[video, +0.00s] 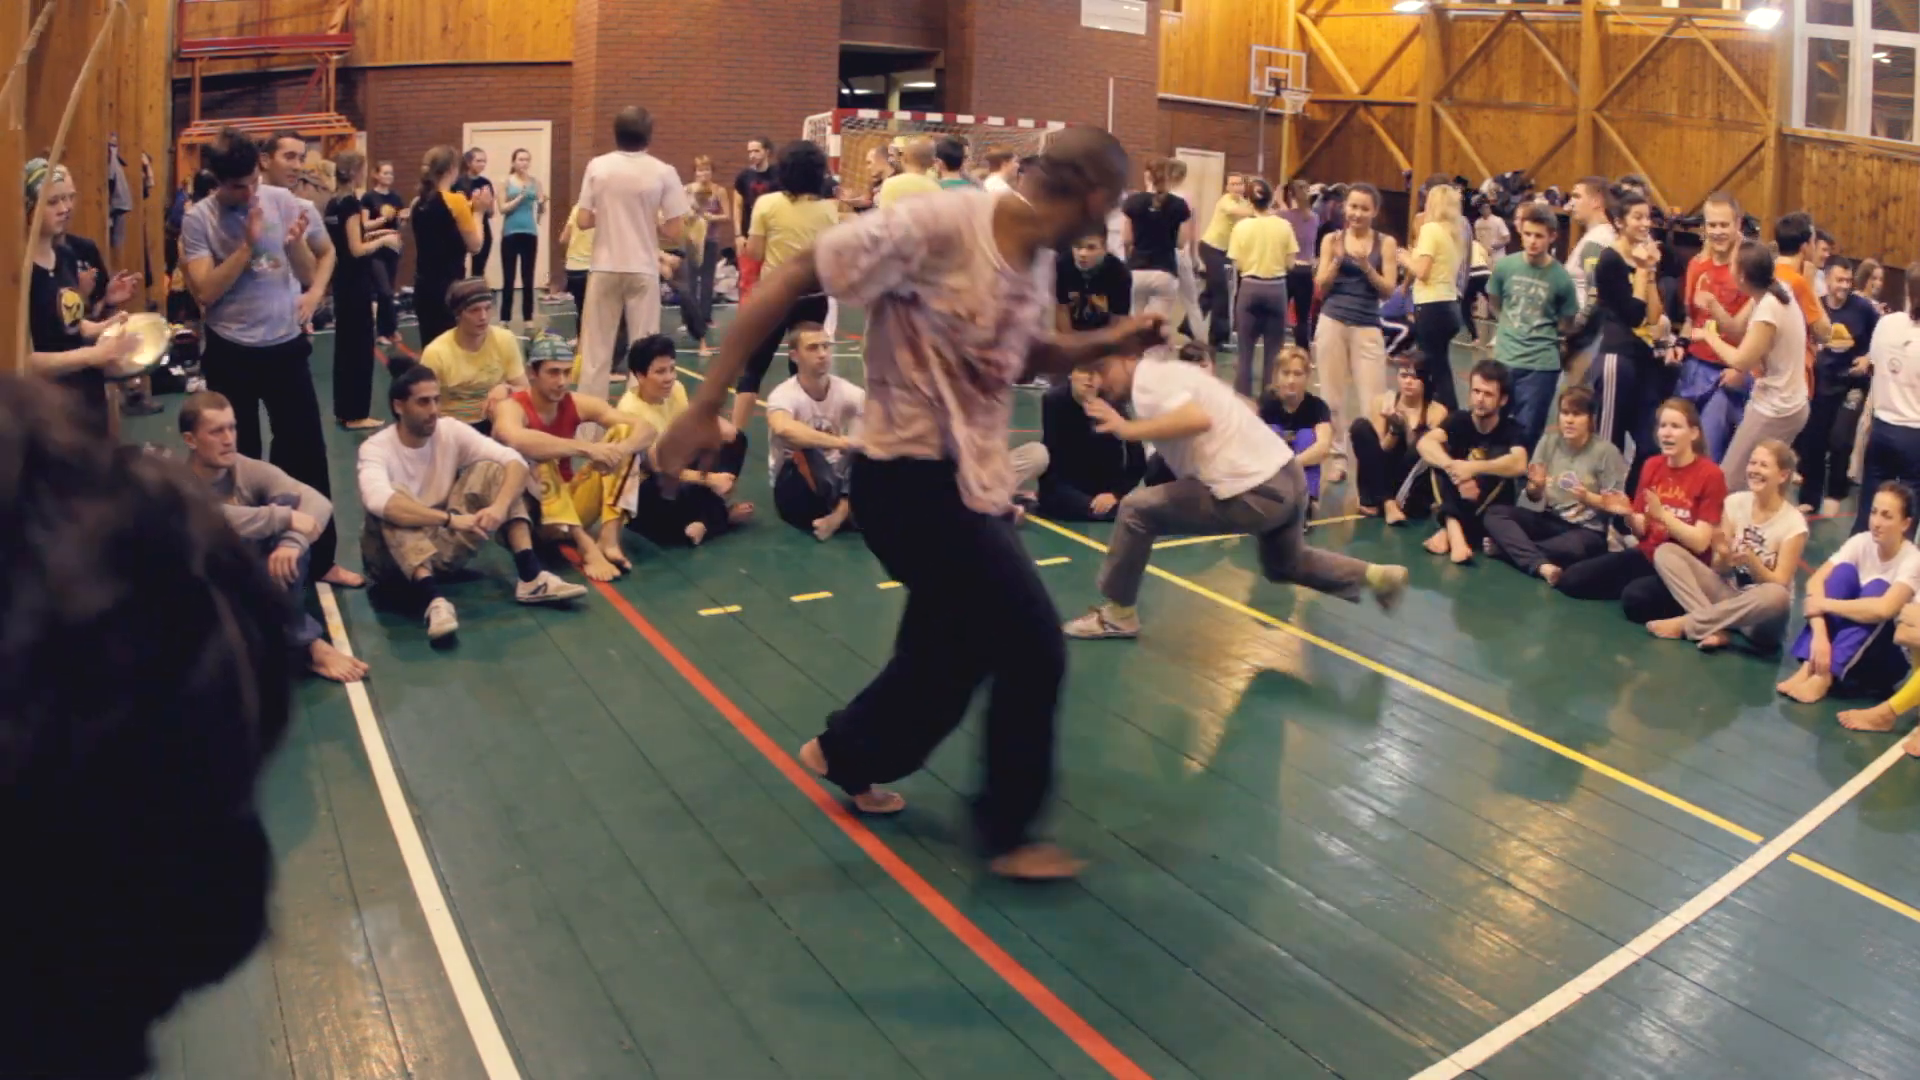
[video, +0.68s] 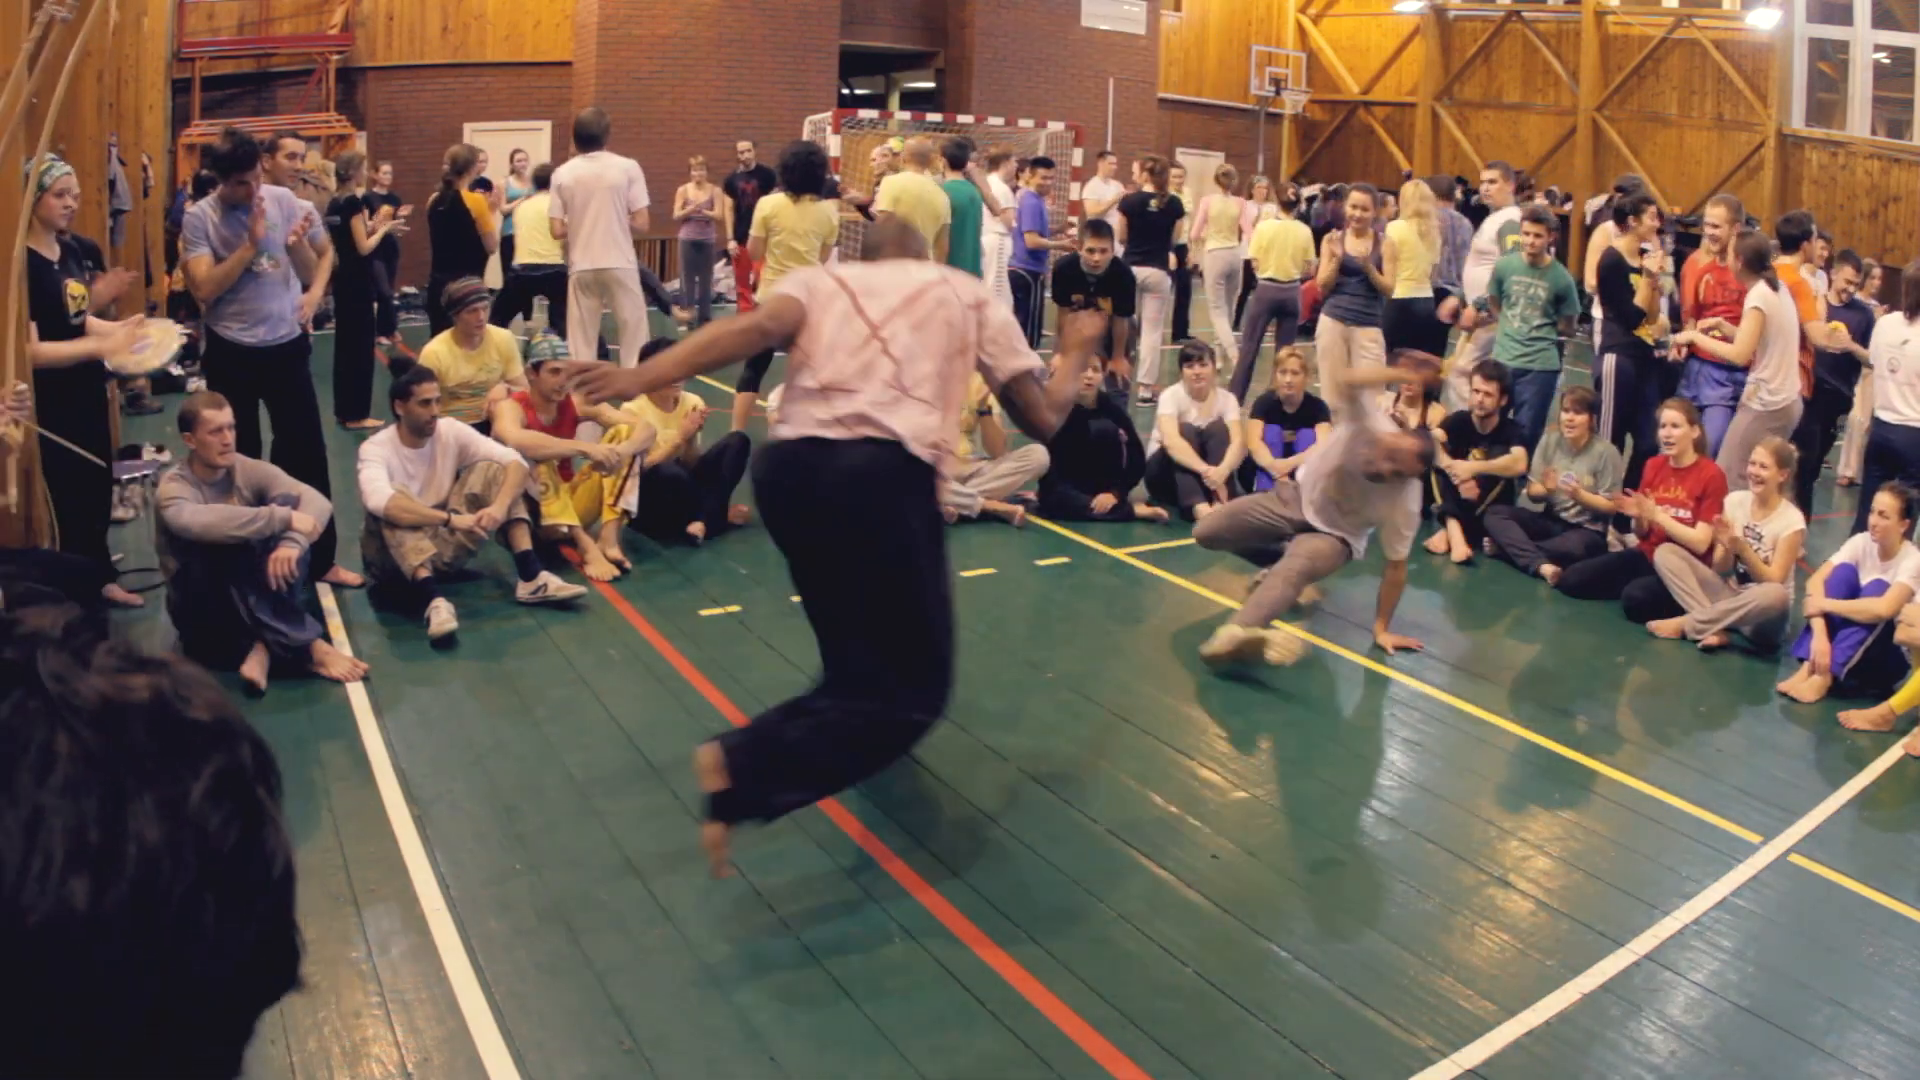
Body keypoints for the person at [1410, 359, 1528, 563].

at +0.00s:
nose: (1480, 399)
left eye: (1488, 394)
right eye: (1476, 392)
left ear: (1503, 400)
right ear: (1469, 393)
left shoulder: (1511, 428)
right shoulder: (1458, 419)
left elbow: (1519, 464)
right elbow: (1425, 444)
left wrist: (1472, 467)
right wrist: (1458, 474)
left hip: (1493, 508)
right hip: (1454, 502)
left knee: (1500, 459)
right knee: (1437, 459)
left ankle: (1448, 529)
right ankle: (1454, 529)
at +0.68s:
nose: (1479, 400)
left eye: (1487, 395)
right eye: (1475, 392)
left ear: (1503, 400)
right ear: (1469, 392)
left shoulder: (1511, 429)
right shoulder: (1457, 420)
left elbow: (1519, 464)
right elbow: (1432, 441)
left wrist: (1471, 468)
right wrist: (1459, 475)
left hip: (1491, 508)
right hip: (1454, 499)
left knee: (1501, 461)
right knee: (1435, 463)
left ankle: (1448, 528)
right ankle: (1454, 529)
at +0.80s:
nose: (1480, 400)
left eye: (1488, 395)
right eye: (1476, 392)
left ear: (1503, 400)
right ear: (1470, 392)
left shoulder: (1511, 428)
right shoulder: (1456, 421)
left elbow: (1519, 464)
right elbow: (1433, 448)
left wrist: (1474, 471)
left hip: (1496, 493)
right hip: (1457, 486)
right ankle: (1457, 537)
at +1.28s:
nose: (1480, 400)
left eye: (1488, 394)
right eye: (1476, 392)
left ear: (1503, 400)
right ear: (1470, 393)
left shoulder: (1511, 429)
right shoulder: (1458, 419)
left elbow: (1519, 464)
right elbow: (1425, 444)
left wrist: (1472, 468)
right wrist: (1455, 470)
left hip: (1496, 503)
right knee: (1436, 458)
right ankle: (1451, 523)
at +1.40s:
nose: (1480, 400)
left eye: (1488, 394)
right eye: (1476, 392)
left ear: (1503, 400)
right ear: (1470, 392)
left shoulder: (1512, 428)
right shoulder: (1460, 424)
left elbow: (1519, 465)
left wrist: (1473, 471)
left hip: (1495, 506)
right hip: (1455, 498)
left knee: (1501, 471)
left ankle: (1447, 530)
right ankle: (1455, 533)